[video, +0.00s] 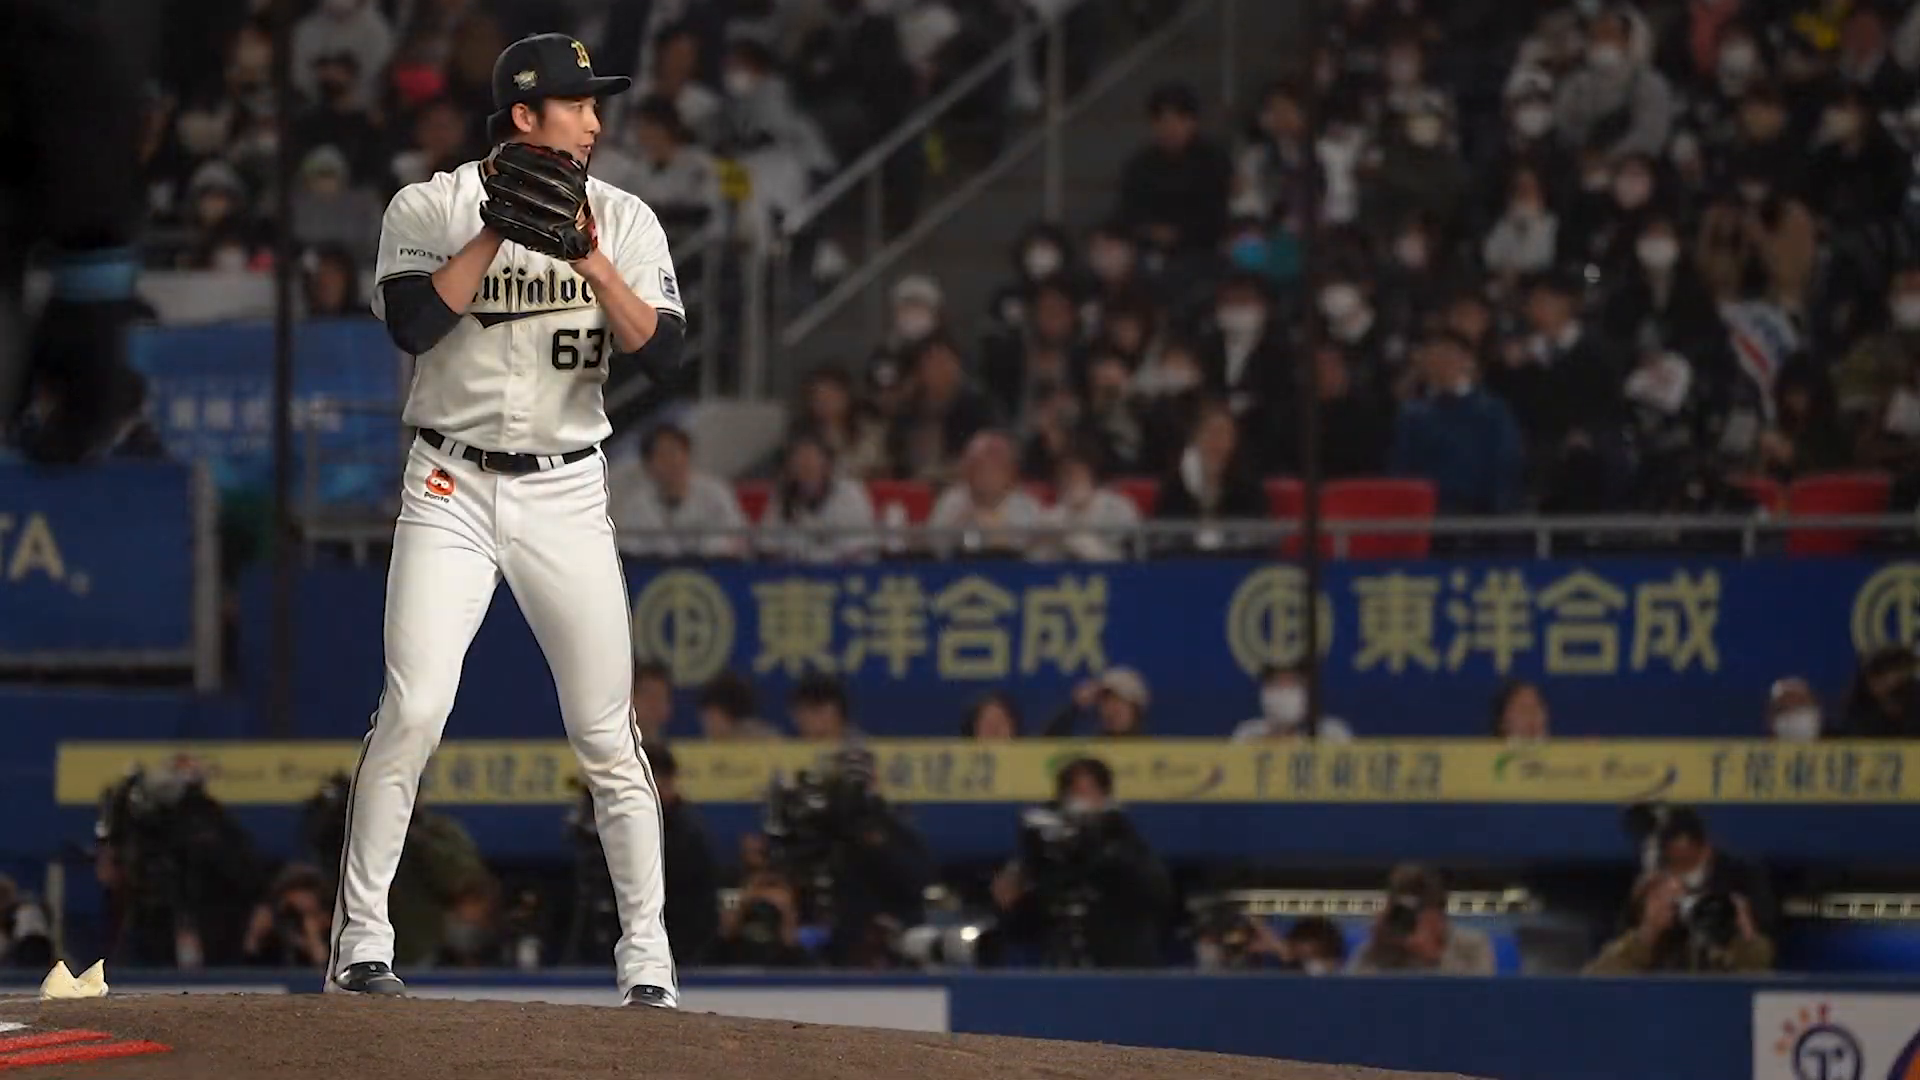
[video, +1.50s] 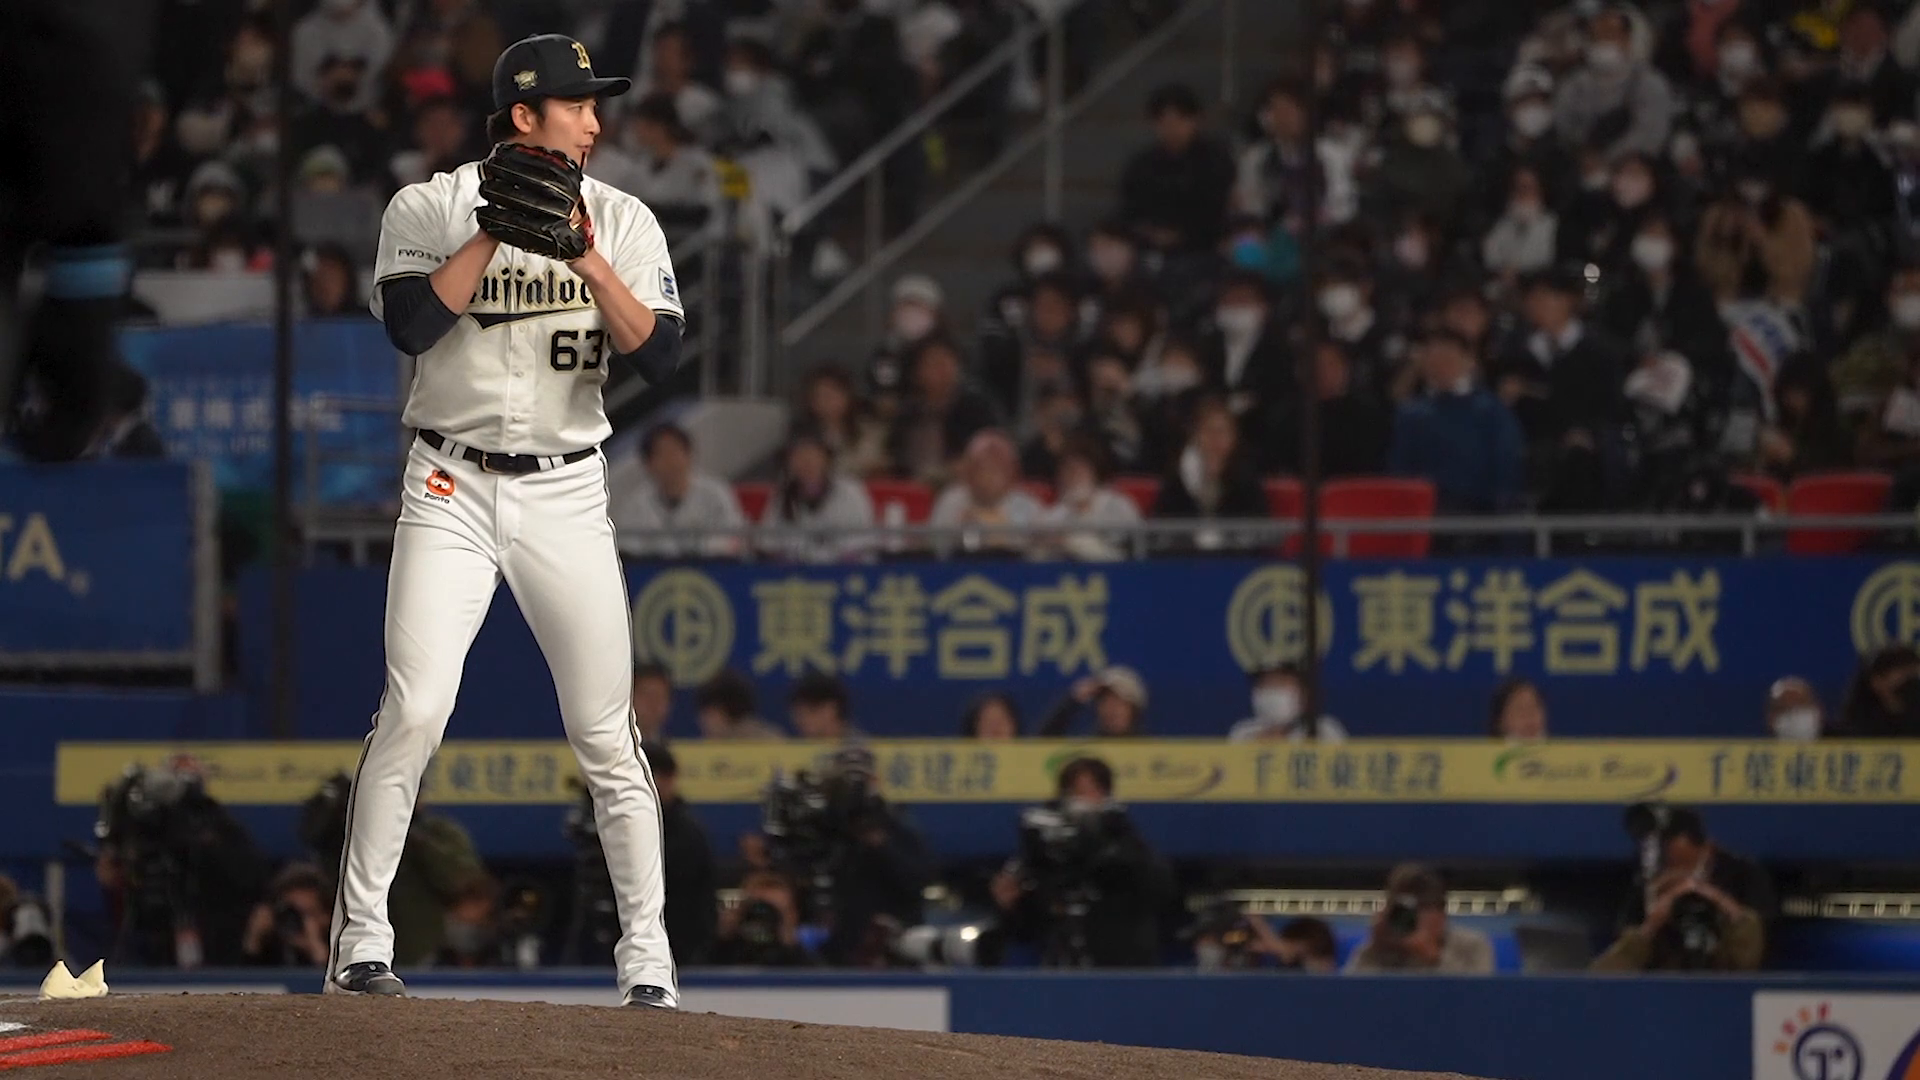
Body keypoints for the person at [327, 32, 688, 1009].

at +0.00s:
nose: (594, 119)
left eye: (597, 104)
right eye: (576, 103)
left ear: (591, 118)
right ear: (521, 112)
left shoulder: (626, 221)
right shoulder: (430, 206)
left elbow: (663, 353)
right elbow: (409, 327)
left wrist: (593, 262)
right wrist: (496, 231)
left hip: (568, 499)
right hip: (448, 489)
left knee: (604, 735)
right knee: (413, 709)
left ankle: (647, 962)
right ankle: (361, 944)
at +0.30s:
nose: (594, 119)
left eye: (597, 104)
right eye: (577, 103)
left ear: (590, 119)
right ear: (521, 112)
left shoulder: (626, 220)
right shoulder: (431, 205)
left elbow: (662, 354)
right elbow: (408, 326)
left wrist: (592, 260)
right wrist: (495, 231)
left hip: (568, 498)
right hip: (449, 487)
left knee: (603, 734)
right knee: (413, 710)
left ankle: (647, 960)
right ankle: (361, 945)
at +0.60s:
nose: (594, 119)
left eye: (596, 104)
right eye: (576, 103)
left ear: (591, 118)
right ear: (522, 112)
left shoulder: (626, 220)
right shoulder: (431, 205)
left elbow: (664, 357)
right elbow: (409, 328)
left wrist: (592, 259)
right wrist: (495, 231)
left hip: (568, 497)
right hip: (449, 487)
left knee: (604, 735)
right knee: (414, 710)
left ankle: (647, 960)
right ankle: (362, 945)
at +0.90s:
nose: (592, 120)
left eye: (595, 104)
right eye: (575, 104)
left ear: (590, 119)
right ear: (519, 113)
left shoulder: (625, 220)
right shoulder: (430, 206)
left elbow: (662, 356)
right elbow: (408, 327)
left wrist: (591, 261)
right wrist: (495, 231)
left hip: (568, 497)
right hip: (448, 488)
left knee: (605, 735)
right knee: (413, 710)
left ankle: (648, 964)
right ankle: (360, 946)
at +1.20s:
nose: (594, 120)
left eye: (596, 104)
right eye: (577, 103)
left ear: (590, 119)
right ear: (523, 111)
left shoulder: (626, 221)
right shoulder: (431, 205)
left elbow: (664, 358)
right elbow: (410, 329)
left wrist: (591, 261)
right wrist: (495, 232)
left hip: (568, 496)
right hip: (449, 487)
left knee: (604, 734)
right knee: (415, 710)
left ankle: (648, 962)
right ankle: (362, 946)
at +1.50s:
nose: (592, 120)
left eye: (595, 105)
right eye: (575, 104)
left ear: (589, 119)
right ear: (520, 112)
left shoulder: (625, 222)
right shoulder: (429, 206)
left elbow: (659, 357)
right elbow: (408, 328)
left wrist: (590, 261)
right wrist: (494, 233)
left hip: (568, 498)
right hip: (448, 489)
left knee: (605, 735)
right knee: (415, 708)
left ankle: (647, 963)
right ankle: (360, 943)